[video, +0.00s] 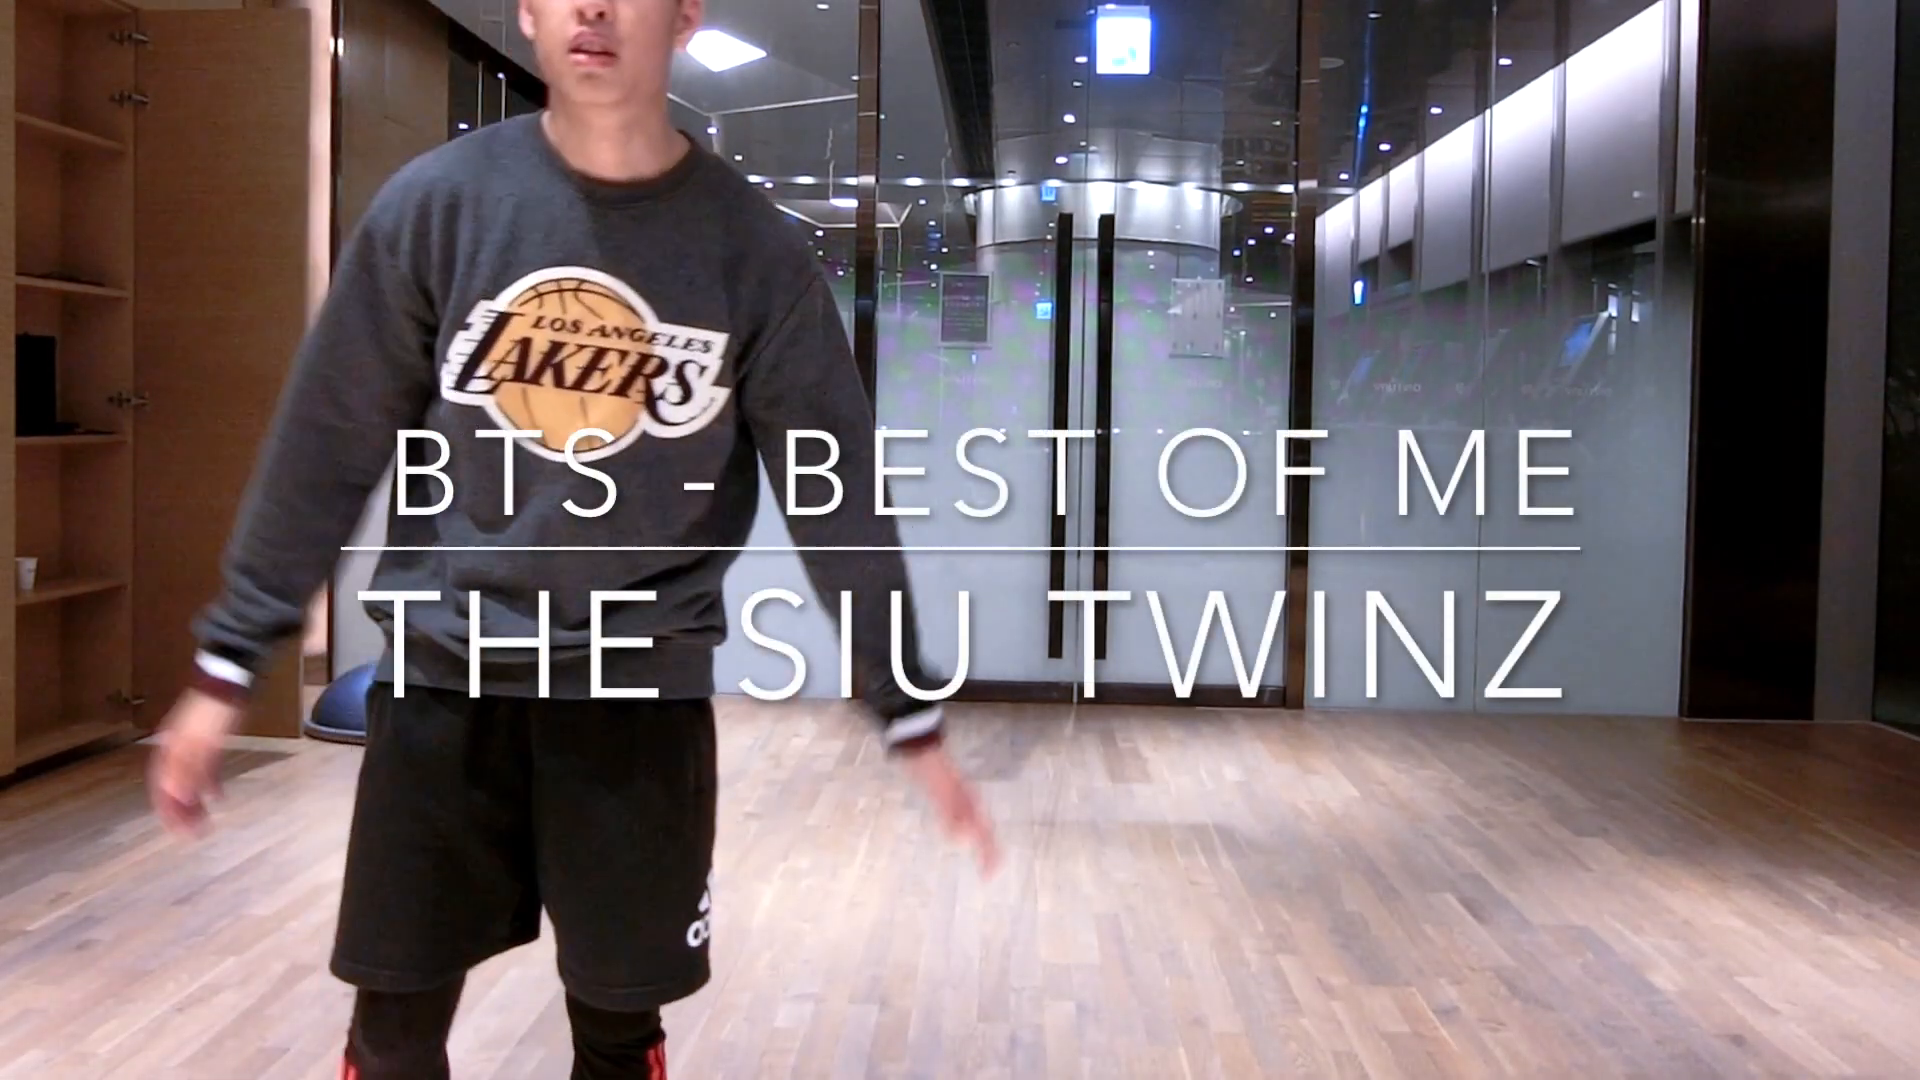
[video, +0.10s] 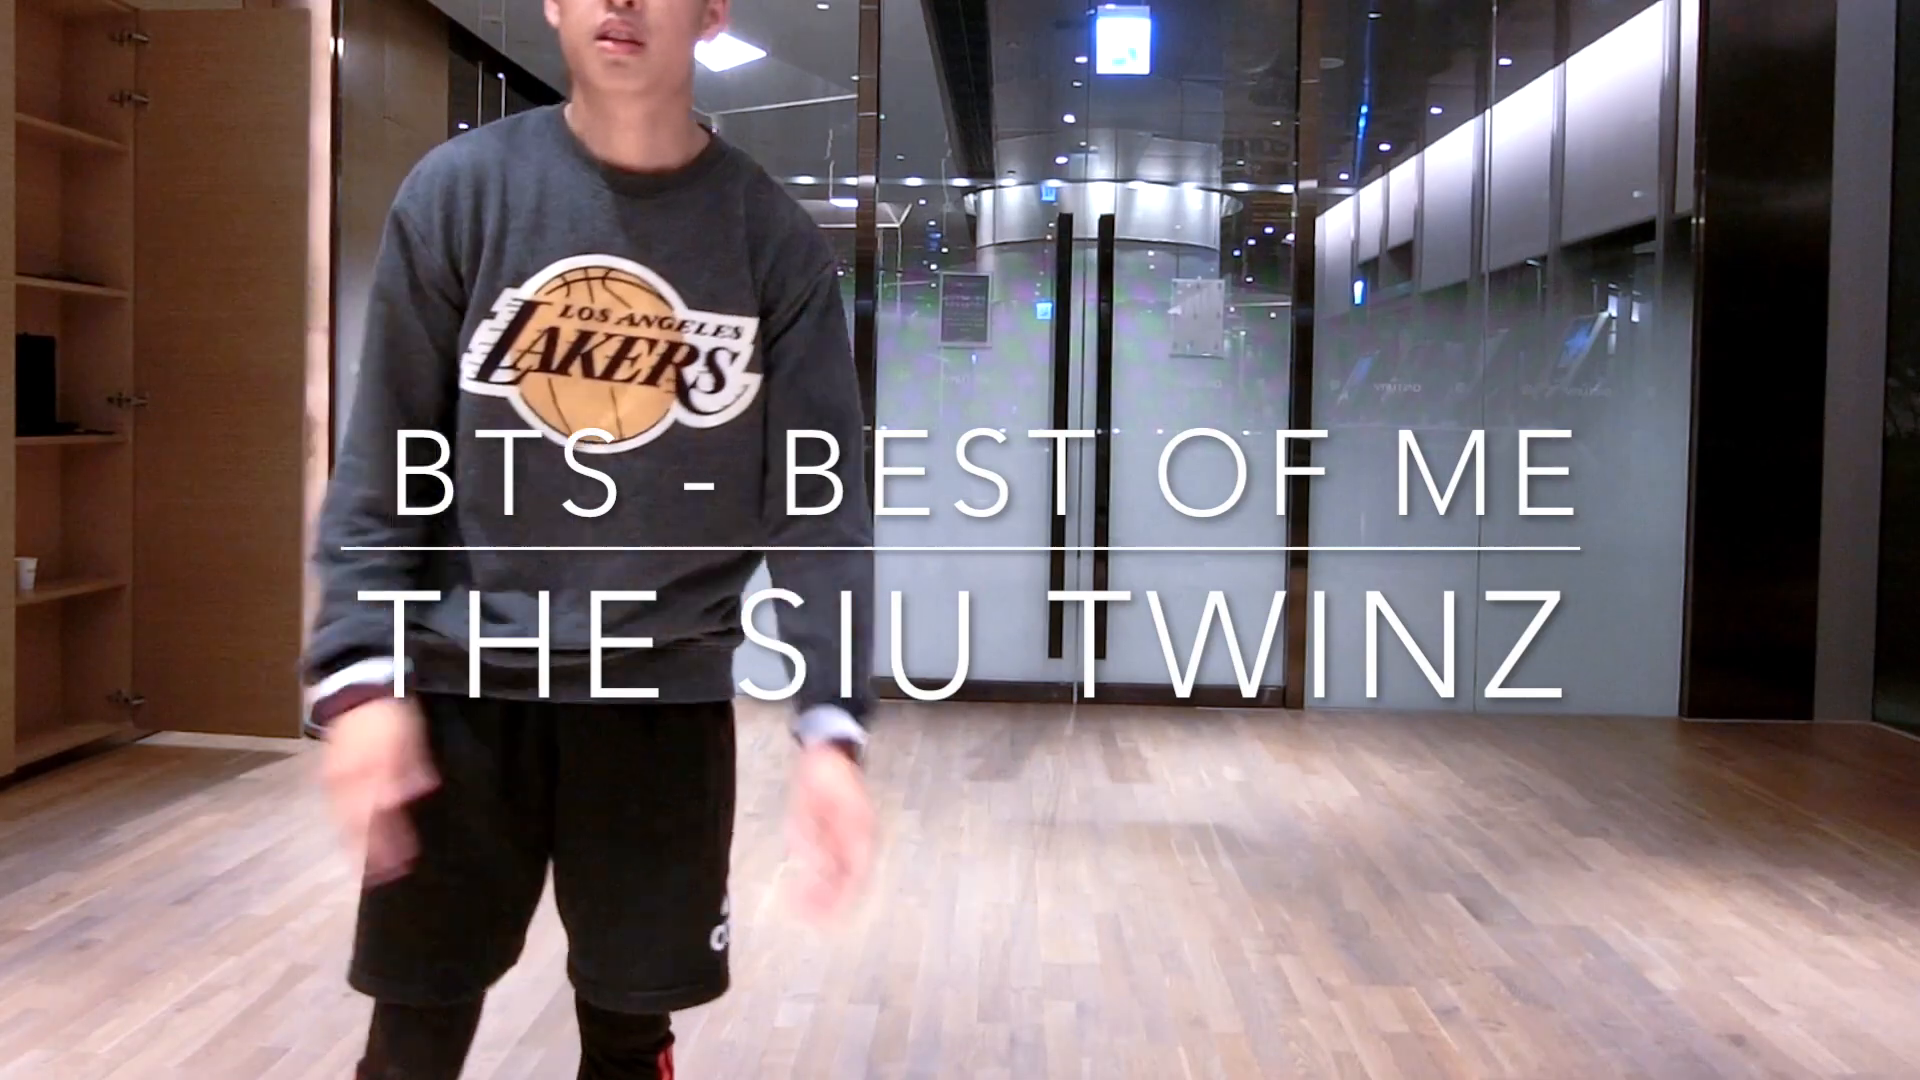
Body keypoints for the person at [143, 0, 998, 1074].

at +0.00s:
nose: (591, 11)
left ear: (685, 17)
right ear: (526, 21)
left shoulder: (754, 243)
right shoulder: (431, 204)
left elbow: (833, 489)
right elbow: (323, 444)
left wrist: (909, 718)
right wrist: (221, 672)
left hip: (636, 692)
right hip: (441, 687)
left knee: (618, 1031)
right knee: (396, 1022)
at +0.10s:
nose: (614, 3)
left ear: (710, 15)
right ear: (554, 10)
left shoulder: (772, 234)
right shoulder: (456, 193)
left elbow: (824, 495)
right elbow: (376, 463)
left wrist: (829, 725)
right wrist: (363, 679)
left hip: (661, 704)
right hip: (461, 698)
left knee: (630, 1036)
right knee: (414, 1043)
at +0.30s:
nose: (651, 21)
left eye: (688, 5)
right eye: (641, 1)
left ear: (744, 24)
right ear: (602, 14)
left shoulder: (779, 183)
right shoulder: (472, 168)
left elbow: (893, 389)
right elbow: (381, 426)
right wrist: (508, 477)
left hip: (692, 688)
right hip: (498, 681)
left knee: (644, 1043)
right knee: (474, 1047)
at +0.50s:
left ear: (747, 13)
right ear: (595, 2)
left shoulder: (792, 181)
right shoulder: (470, 180)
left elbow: (966, 160)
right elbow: (355, 404)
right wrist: (388, 458)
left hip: (724, 726)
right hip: (523, 727)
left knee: (673, 1050)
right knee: (546, 1063)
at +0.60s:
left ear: (743, 7)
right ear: (587, 3)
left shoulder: (806, 177)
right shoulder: (477, 177)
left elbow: (995, 125)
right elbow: (302, 454)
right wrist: (321, 300)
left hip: (746, 752)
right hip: (535, 756)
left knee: (730, 1065)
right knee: (572, 1065)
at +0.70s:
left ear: (732, 0)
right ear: (582, 5)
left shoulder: (811, 164)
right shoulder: (476, 171)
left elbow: (1008, 105)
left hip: (769, 764)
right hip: (558, 772)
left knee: (752, 1060)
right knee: (582, 1060)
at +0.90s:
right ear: (575, 1)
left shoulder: (827, 135)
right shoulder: (497, 137)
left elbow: (1030, 61)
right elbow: (247, 72)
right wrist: (404, 6)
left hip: (807, 768)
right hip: (576, 777)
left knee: (821, 1066)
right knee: (589, 1067)